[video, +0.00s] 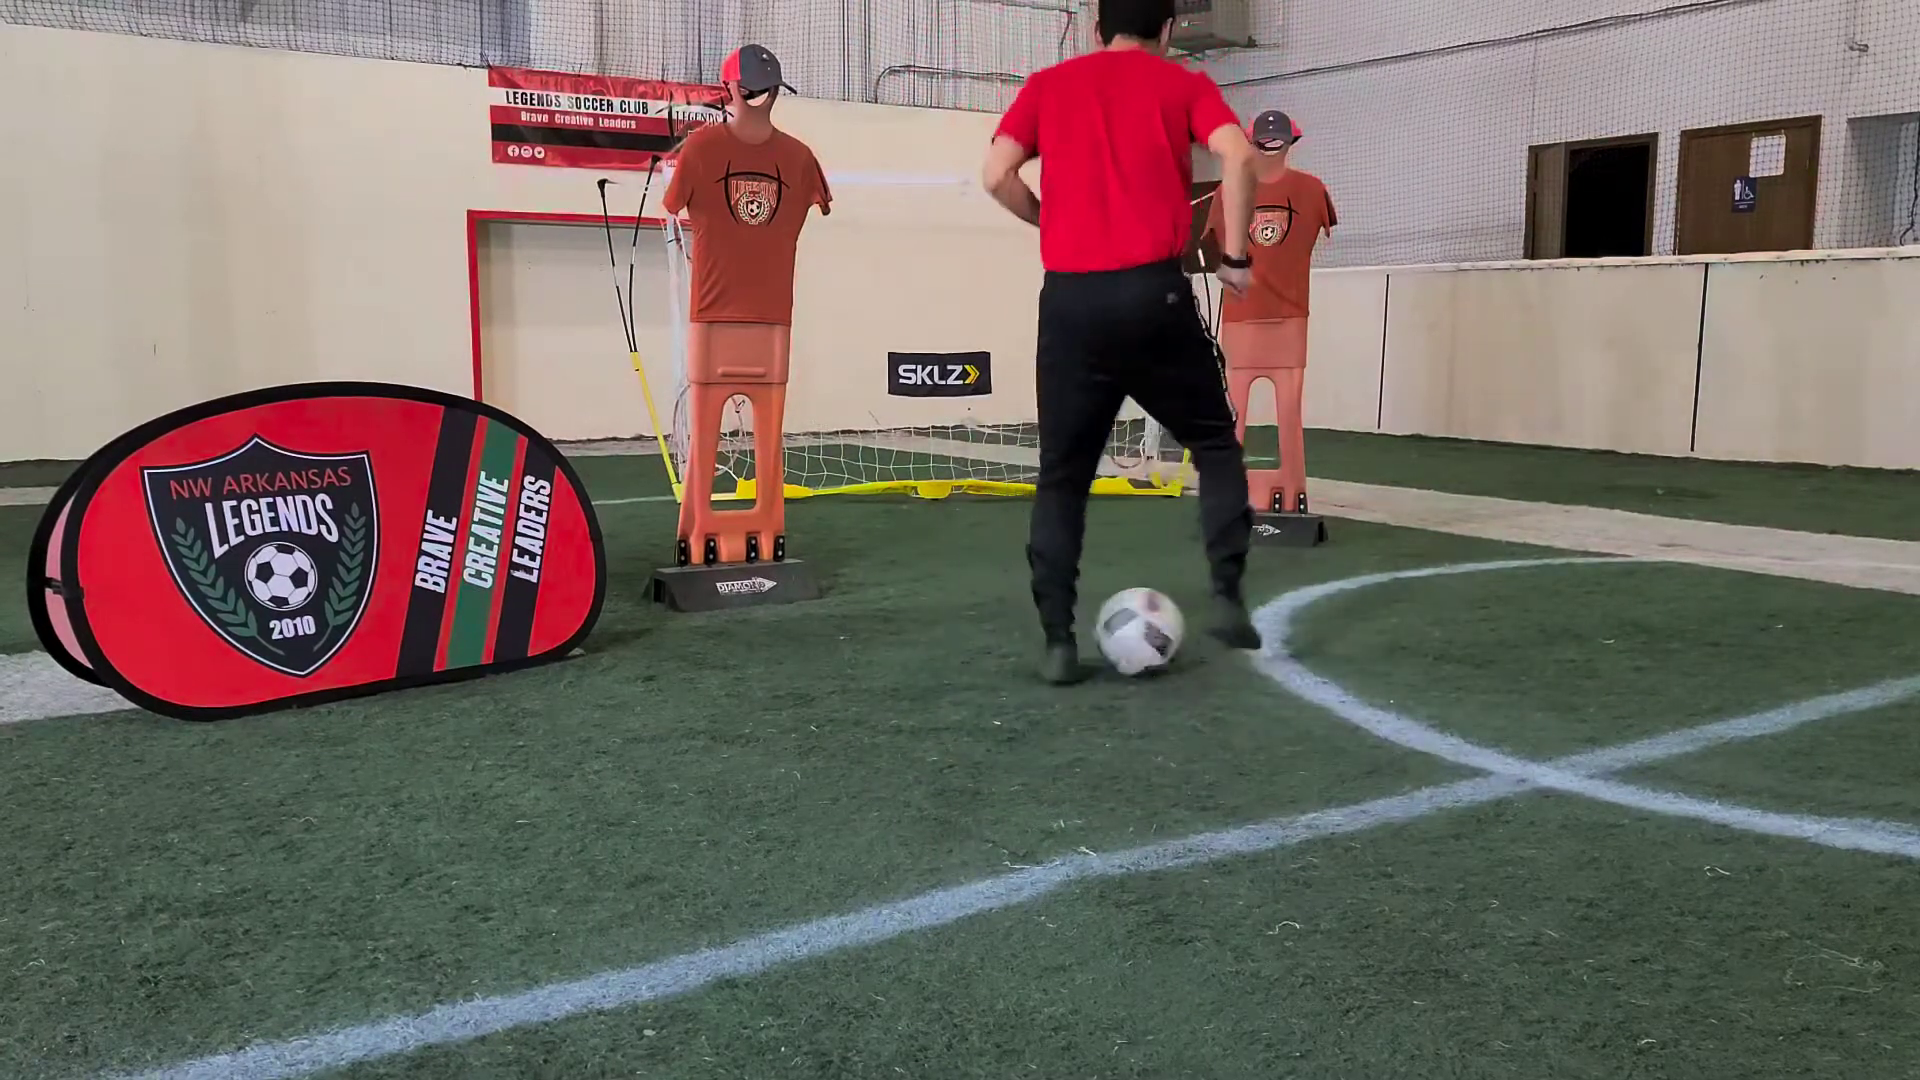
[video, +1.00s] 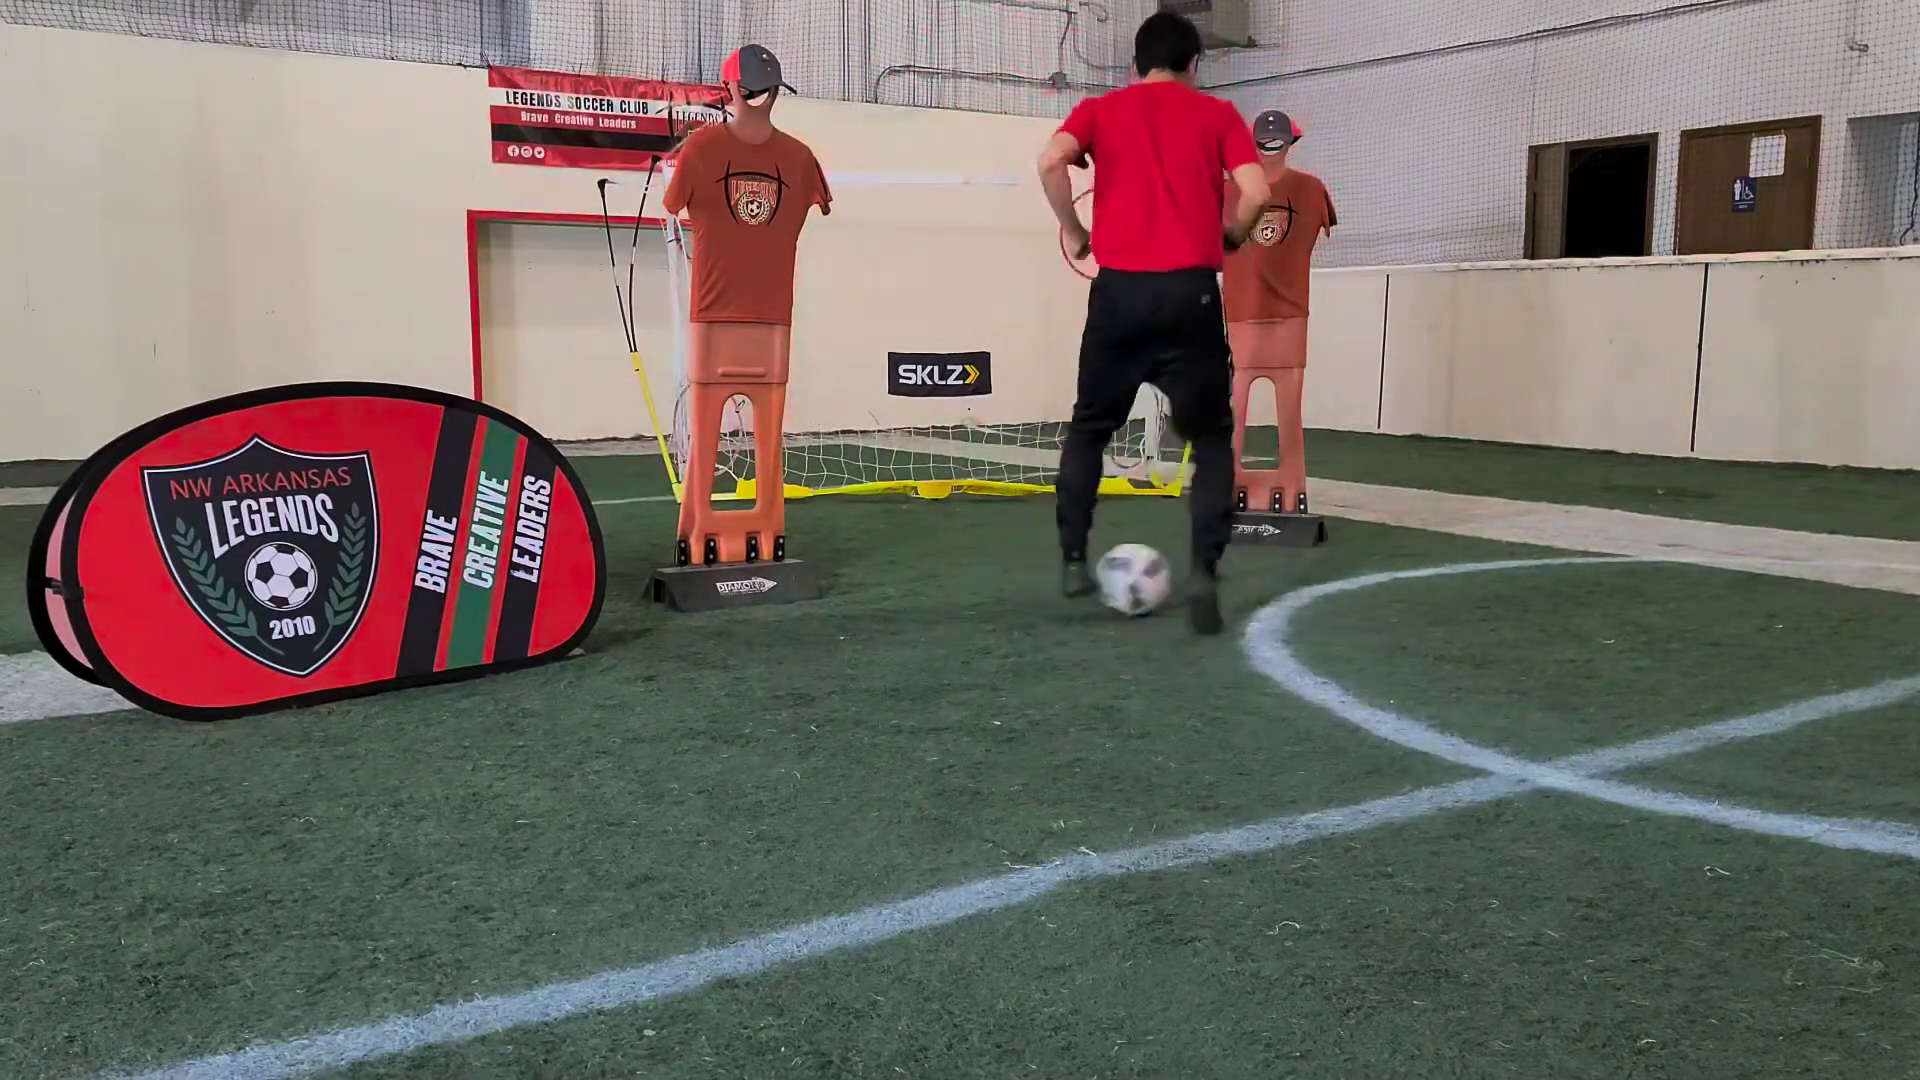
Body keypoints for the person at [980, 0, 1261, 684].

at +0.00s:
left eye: (1094, 18)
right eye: (1164, 23)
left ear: (1098, 23)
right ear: (1163, 26)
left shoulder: (1050, 82)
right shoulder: (1182, 81)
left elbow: (995, 175)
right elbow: (1238, 155)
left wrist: (1050, 221)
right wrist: (1233, 253)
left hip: (1069, 300)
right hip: (1154, 296)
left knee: (1062, 470)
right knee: (1214, 443)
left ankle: (1059, 640)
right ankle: (1227, 595)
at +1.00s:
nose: (1195, 72)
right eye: (1198, 64)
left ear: (1135, 65)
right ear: (1193, 65)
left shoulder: (1102, 108)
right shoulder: (1218, 113)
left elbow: (1050, 160)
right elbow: (1255, 193)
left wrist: (1072, 230)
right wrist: (1231, 235)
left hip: (1118, 296)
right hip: (1190, 296)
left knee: (1090, 427)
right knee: (1211, 435)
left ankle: (1073, 558)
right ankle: (1204, 572)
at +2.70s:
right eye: (1273, 117)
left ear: (1227, 116)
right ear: (1273, 119)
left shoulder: (1195, 158)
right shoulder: (1292, 170)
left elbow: (1143, 213)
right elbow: (1311, 233)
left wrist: (1151, 260)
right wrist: (1316, 307)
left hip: (1192, 314)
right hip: (1250, 318)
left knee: (1160, 398)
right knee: (1251, 429)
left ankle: (1135, 478)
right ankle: (1240, 545)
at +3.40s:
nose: (1295, 122)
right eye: (1295, 115)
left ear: (1245, 113)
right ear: (1290, 116)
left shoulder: (1208, 158)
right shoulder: (1304, 165)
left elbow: (1163, 223)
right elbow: (1326, 230)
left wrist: (1188, 266)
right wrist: (1313, 287)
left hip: (1207, 309)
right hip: (1261, 313)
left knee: (1212, 381)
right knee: (1256, 427)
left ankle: (1187, 486)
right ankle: (1240, 544)